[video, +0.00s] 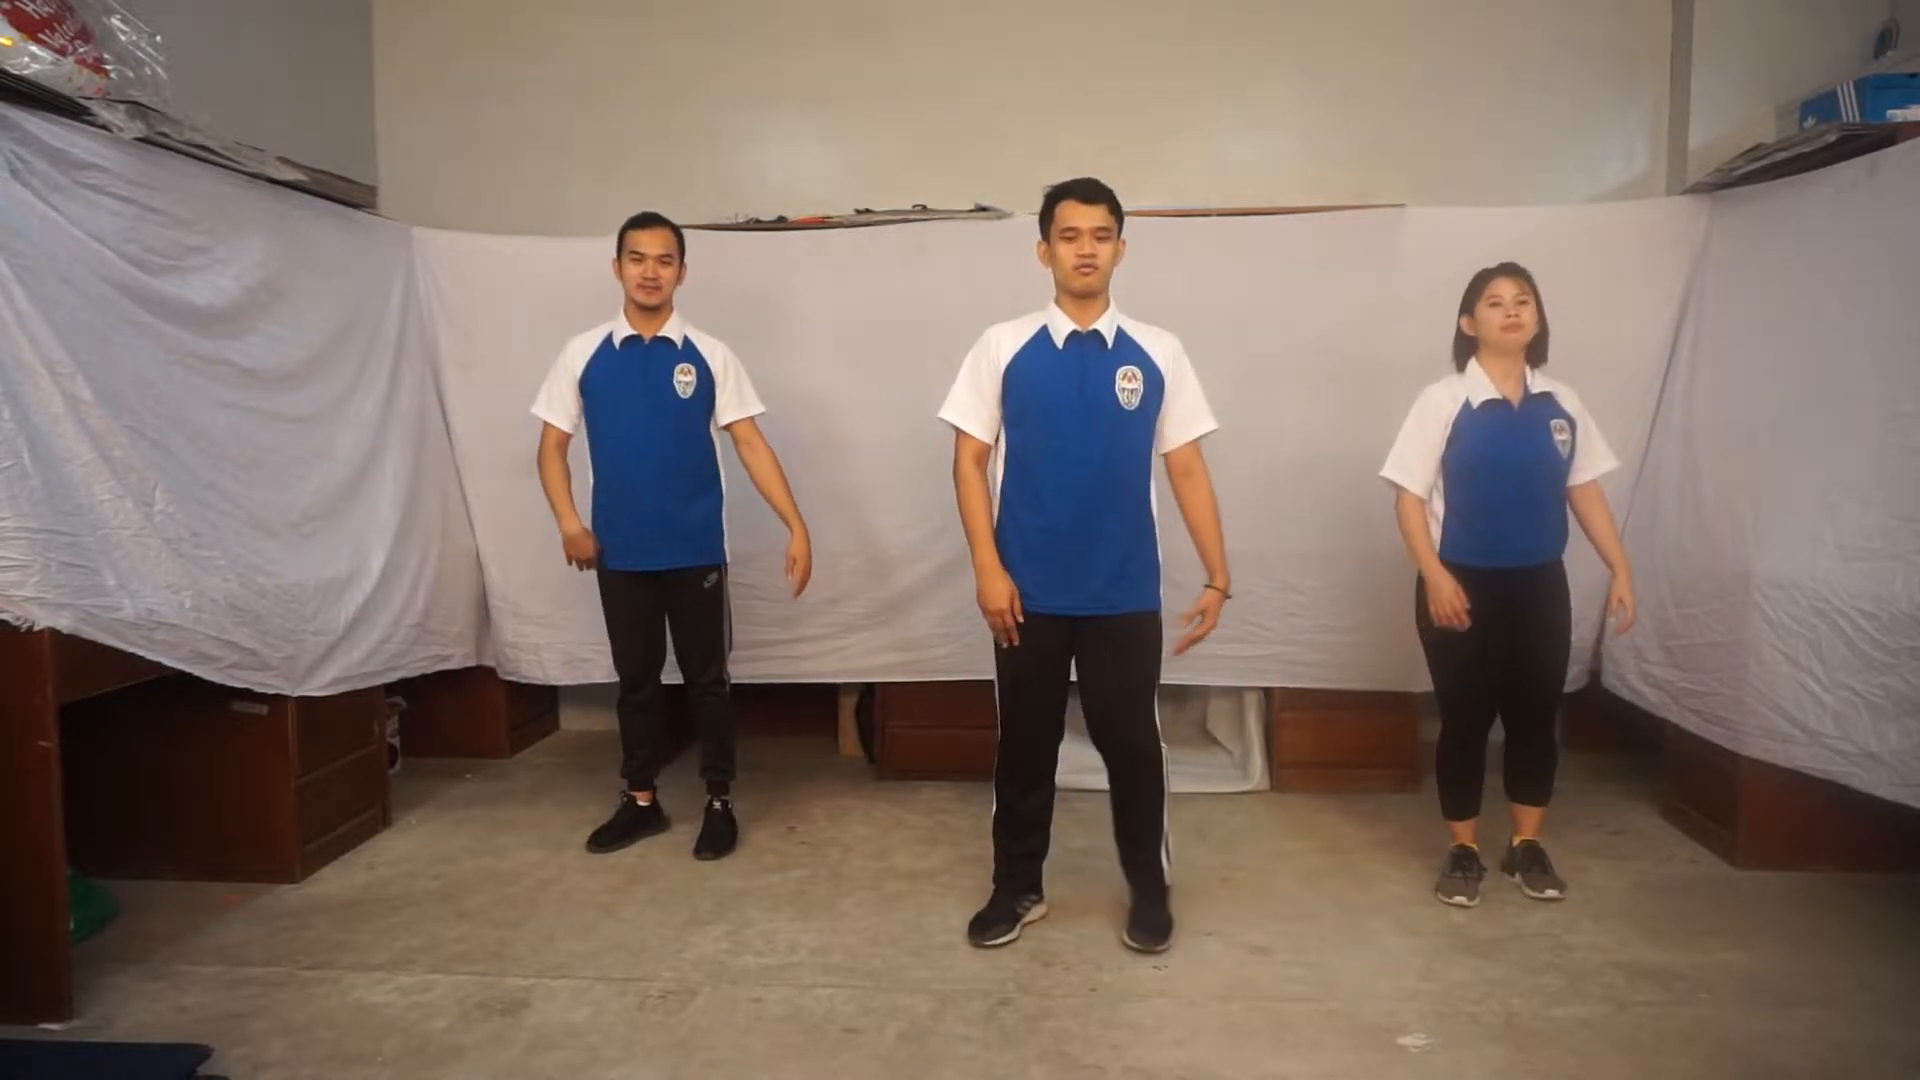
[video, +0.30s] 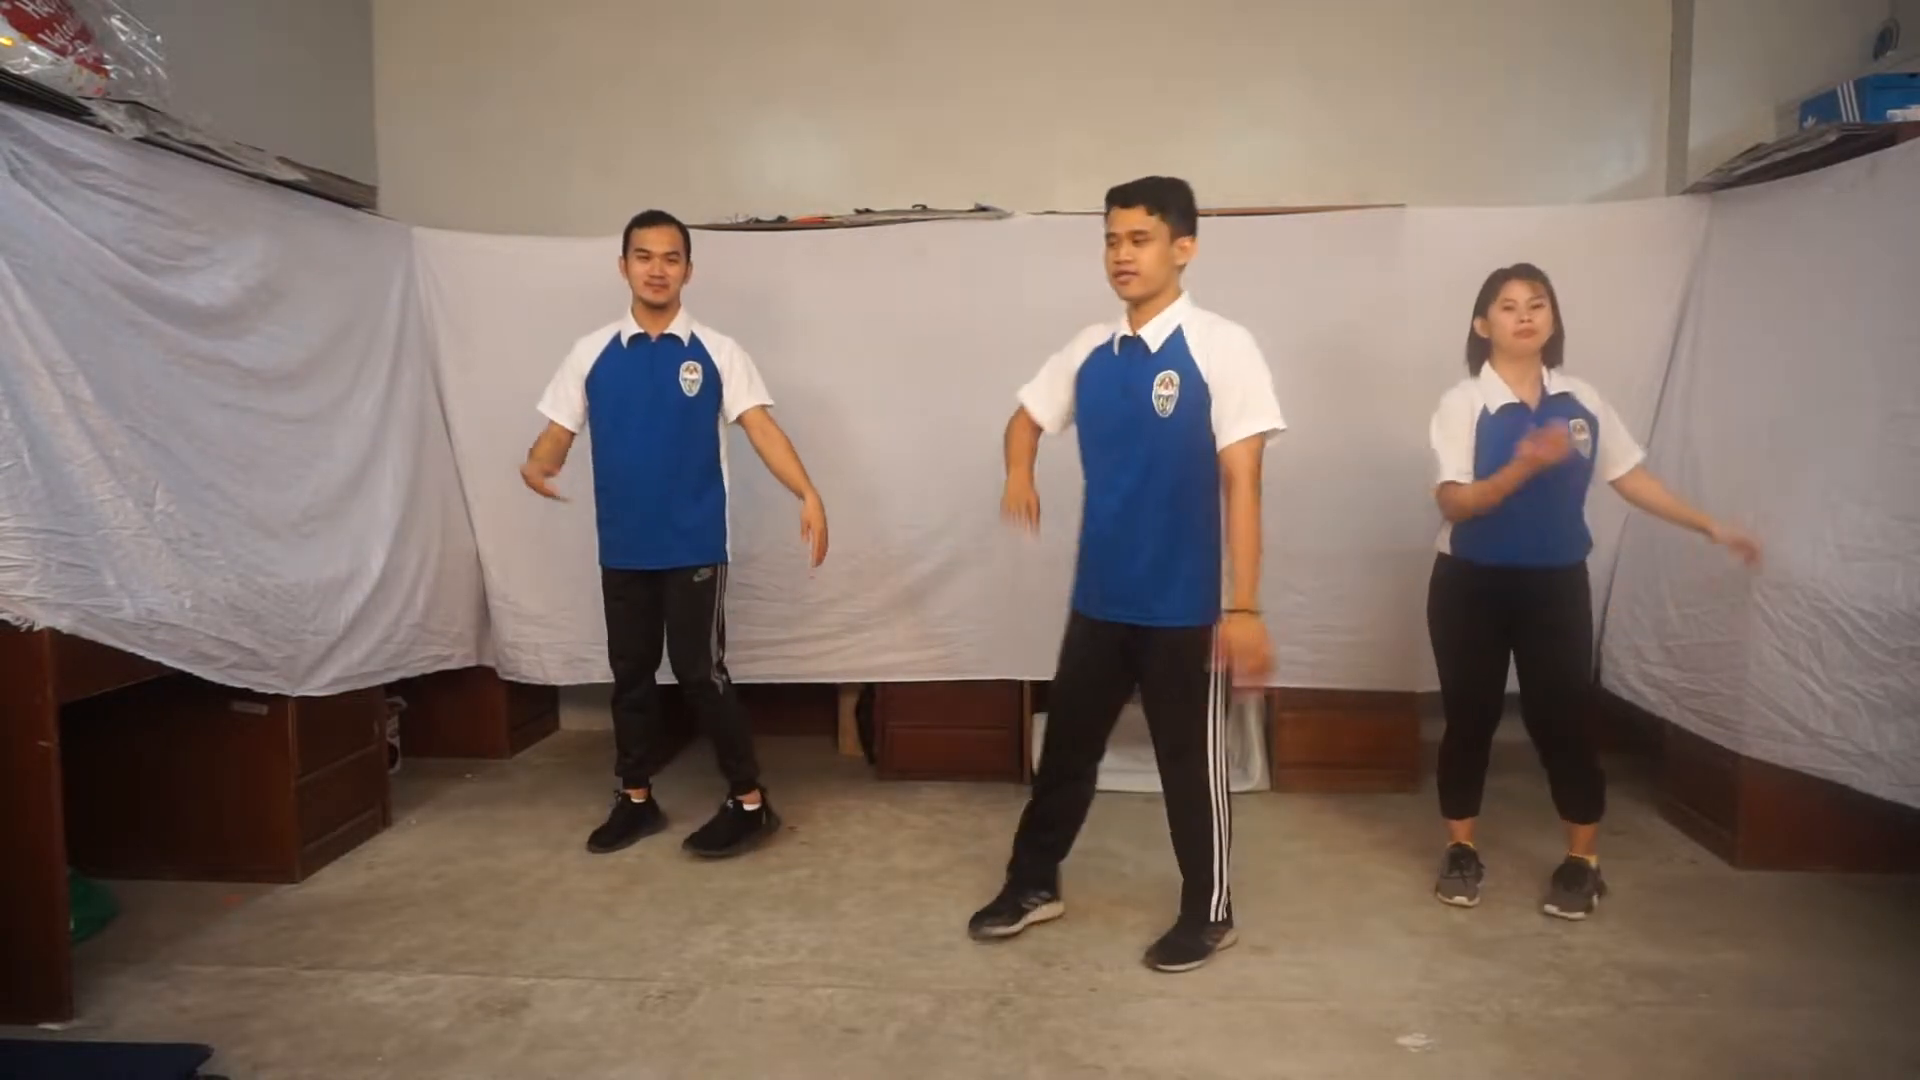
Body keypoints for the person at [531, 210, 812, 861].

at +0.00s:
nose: (651, 271)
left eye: (664, 260)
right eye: (638, 259)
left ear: (681, 272)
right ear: (618, 268)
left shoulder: (710, 356)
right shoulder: (584, 355)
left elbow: (750, 442)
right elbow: (552, 448)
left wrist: (796, 527)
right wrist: (570, 524)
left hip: (696, 553)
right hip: (621, 556)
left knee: (707, 683)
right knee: (636, 683)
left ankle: (719, 802)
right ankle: (640, 802)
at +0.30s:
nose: (658, 269)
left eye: (671, 258)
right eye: (645, 256)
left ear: (687, 269)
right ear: (624, 266)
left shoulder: (717, 353)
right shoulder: (593, 353)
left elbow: (762, 429)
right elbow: (558, 430)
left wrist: (808, 493)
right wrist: (539, 464)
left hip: (695, 549)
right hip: (622, 550)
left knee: (699, 673)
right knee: (630, 677)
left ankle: (748, 800)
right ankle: (634, 798)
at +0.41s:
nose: (670, 274)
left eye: (683, 262)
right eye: (656, 262)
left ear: (700, 271)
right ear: (638, 272)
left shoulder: (730, 352)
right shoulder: (610, 357)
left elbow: (755, 422)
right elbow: (570, 440)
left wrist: (761, 468)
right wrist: (504, 393)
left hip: (707, 553)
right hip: (638, 554)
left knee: (701, 676)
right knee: (631, 674)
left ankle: (750, 811)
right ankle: (634, 799)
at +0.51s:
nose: (663, 274)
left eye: (677, 262)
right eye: (658, 263)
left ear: (715, 270)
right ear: (654, 272)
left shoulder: (740, 349)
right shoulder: (642, 351)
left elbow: (728, 442)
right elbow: (573, 406)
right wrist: (555, 332)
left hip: (728, 554)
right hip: (663, 552)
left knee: (728, 682)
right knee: (657, 676)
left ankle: (753, 813)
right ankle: (638, 797)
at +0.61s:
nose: (673, 274)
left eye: (685, 263)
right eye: (674, 263)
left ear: (725, 270)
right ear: (709, 272)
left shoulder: (739, 346)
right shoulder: (699, 337)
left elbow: (687, 451)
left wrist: (591, 462)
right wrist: (623, 278)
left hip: (749, 550)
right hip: (707, 545)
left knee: (741, 681)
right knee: (686, 664)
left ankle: (754, 817)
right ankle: (730, 792)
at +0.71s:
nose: (685, 273)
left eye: (694, 262)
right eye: (686, 261)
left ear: (730, 272)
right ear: (737, 273)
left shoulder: (730, 344)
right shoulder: (756, 327)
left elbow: (677, 459)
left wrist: (653, 462)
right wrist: (696, 193)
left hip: (756, 541)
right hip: (753, 533)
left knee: (747, 678)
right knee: (734, 667)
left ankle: (753, 817)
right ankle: (833, 761)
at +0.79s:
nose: (693, 273)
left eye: (702, 263)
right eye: (696, 261)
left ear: (737, 271)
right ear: (755, 268)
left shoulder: (723, 350)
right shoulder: (786, 318)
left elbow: (684, 460)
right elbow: (791, 229)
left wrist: (722, 462)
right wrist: (782, 142)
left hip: (753, 542)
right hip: (806, 528)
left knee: (749, 682)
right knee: (808, 668)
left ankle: (754, 815)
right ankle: (890, 777)